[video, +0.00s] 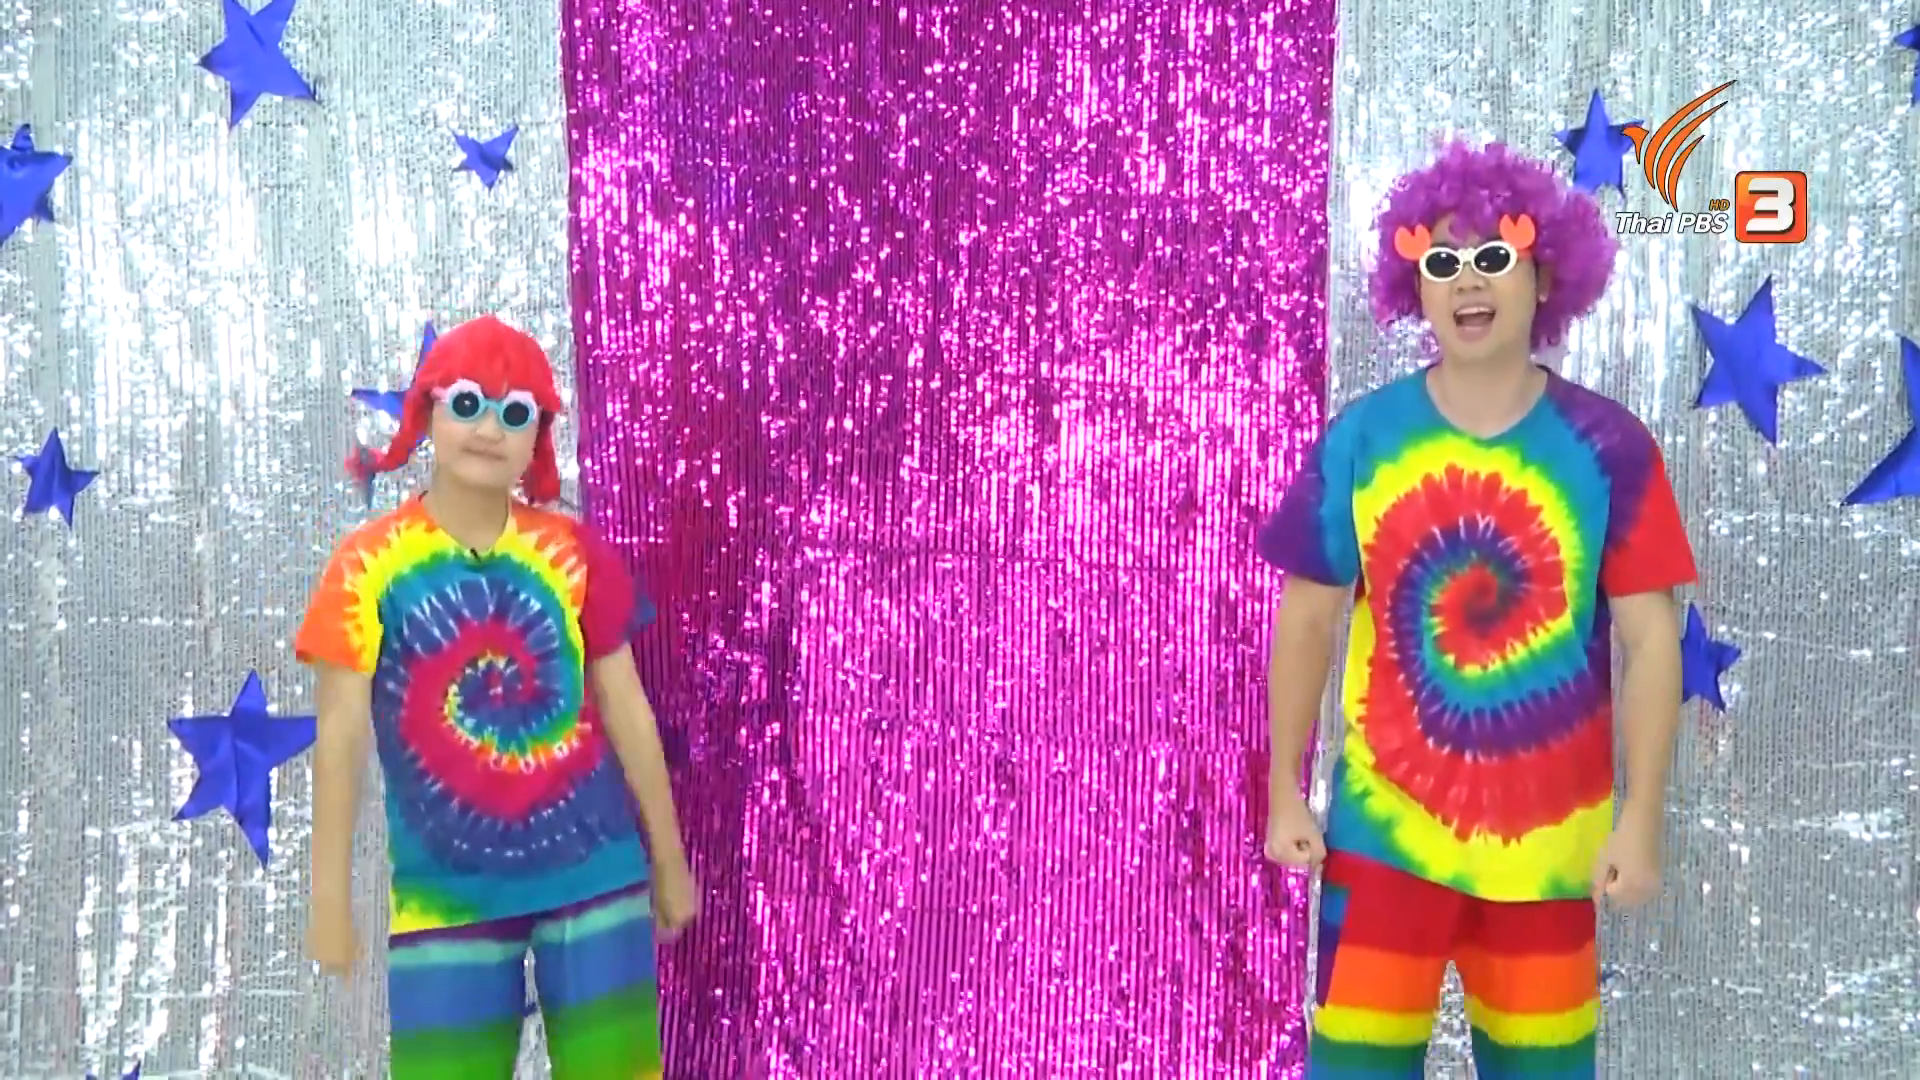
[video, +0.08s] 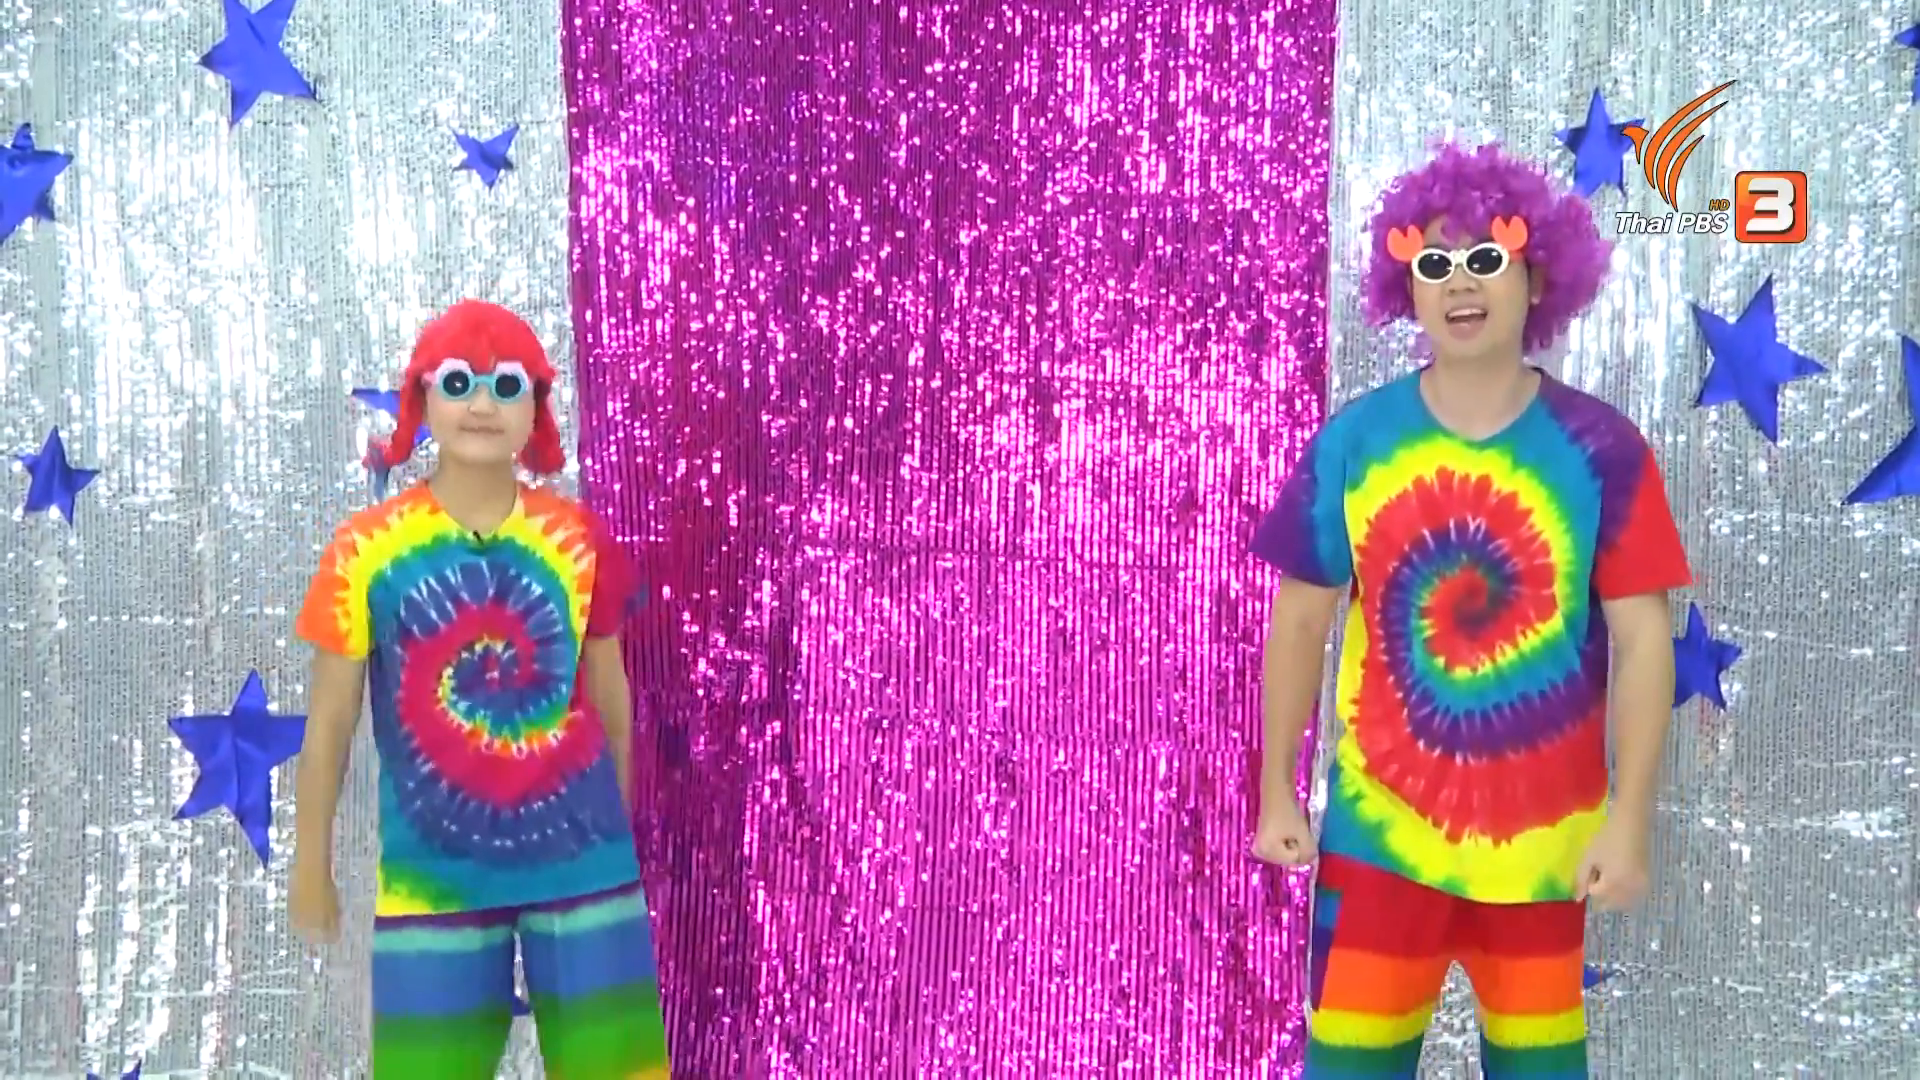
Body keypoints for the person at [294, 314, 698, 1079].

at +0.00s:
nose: (489, 428)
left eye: (514, 412)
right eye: (466, 405)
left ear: (537, 438)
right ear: (427, 422)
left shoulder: (573, 549)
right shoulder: (368, 561)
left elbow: (624, 704)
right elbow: (340, 734)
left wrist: (669, 854)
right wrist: (330, 897)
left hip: (593, 882)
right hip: (445, 896)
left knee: (617, 1067)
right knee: (448, 1069)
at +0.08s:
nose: (484, 403)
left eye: (508, 385)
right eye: (459, 383)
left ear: (536, 409)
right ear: (424, 405)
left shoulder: (577, 535)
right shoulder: (368, 546)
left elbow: (612, 700)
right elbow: (331, 719)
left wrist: (619, 832)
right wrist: (312, 867)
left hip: (585, 866)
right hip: (434, 878)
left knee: (620, 1065)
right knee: (431, 1068)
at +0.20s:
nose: (473, 388)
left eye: (495, 365)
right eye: (445, 373)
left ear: (532, 387)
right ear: (419, 400)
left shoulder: (586, 514)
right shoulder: (375, 521)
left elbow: (660, 624)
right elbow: (339, 660)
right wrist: (309, 767)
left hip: (561, 839)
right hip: (408, 845)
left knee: (600, 1057)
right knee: (388, 1059)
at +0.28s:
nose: (470, 390)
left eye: (493, 366)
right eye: (442, 375)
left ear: (530, 387)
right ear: (417, 403)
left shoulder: (585, 513)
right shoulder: (376, 519)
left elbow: (638, 635)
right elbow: (342, 650)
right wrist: (323, 741)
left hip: (548, 838)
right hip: (396, 842)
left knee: (586, 1058)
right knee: (378, 1060)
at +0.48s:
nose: (468, 426)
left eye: (490, 401)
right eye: (441, 409)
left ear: (528, 416)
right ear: (416, 433)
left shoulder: (586, 546)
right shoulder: (380, 551)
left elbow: (605, 715)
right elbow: (342, 707)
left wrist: (617, 868)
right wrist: (306, 834)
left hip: (517, 886)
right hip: (367, 876)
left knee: (525, 1070)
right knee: (350, 1068)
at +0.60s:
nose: (480, 409)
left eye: (503, 385)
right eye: (453, 391)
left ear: (538, 400)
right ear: (426, 413)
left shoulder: (590, 520)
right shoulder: (389, 535)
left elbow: (631, 691)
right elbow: (349, 695)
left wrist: (675, 813)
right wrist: (268, 823)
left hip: (539, 861)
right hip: (391, 854)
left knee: (537, 1065)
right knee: (356, 1063)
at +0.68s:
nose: (487, 398)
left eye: (510, 376)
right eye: (462, 380)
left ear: (545, 391)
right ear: (434, 398)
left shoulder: (594, 509)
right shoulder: (393, 519)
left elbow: (629, 662)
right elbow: (357, 674)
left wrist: (677, 722)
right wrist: (265, 762)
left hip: (556, 842)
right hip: (412, 841)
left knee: (566, 1062)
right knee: (374, 1062)